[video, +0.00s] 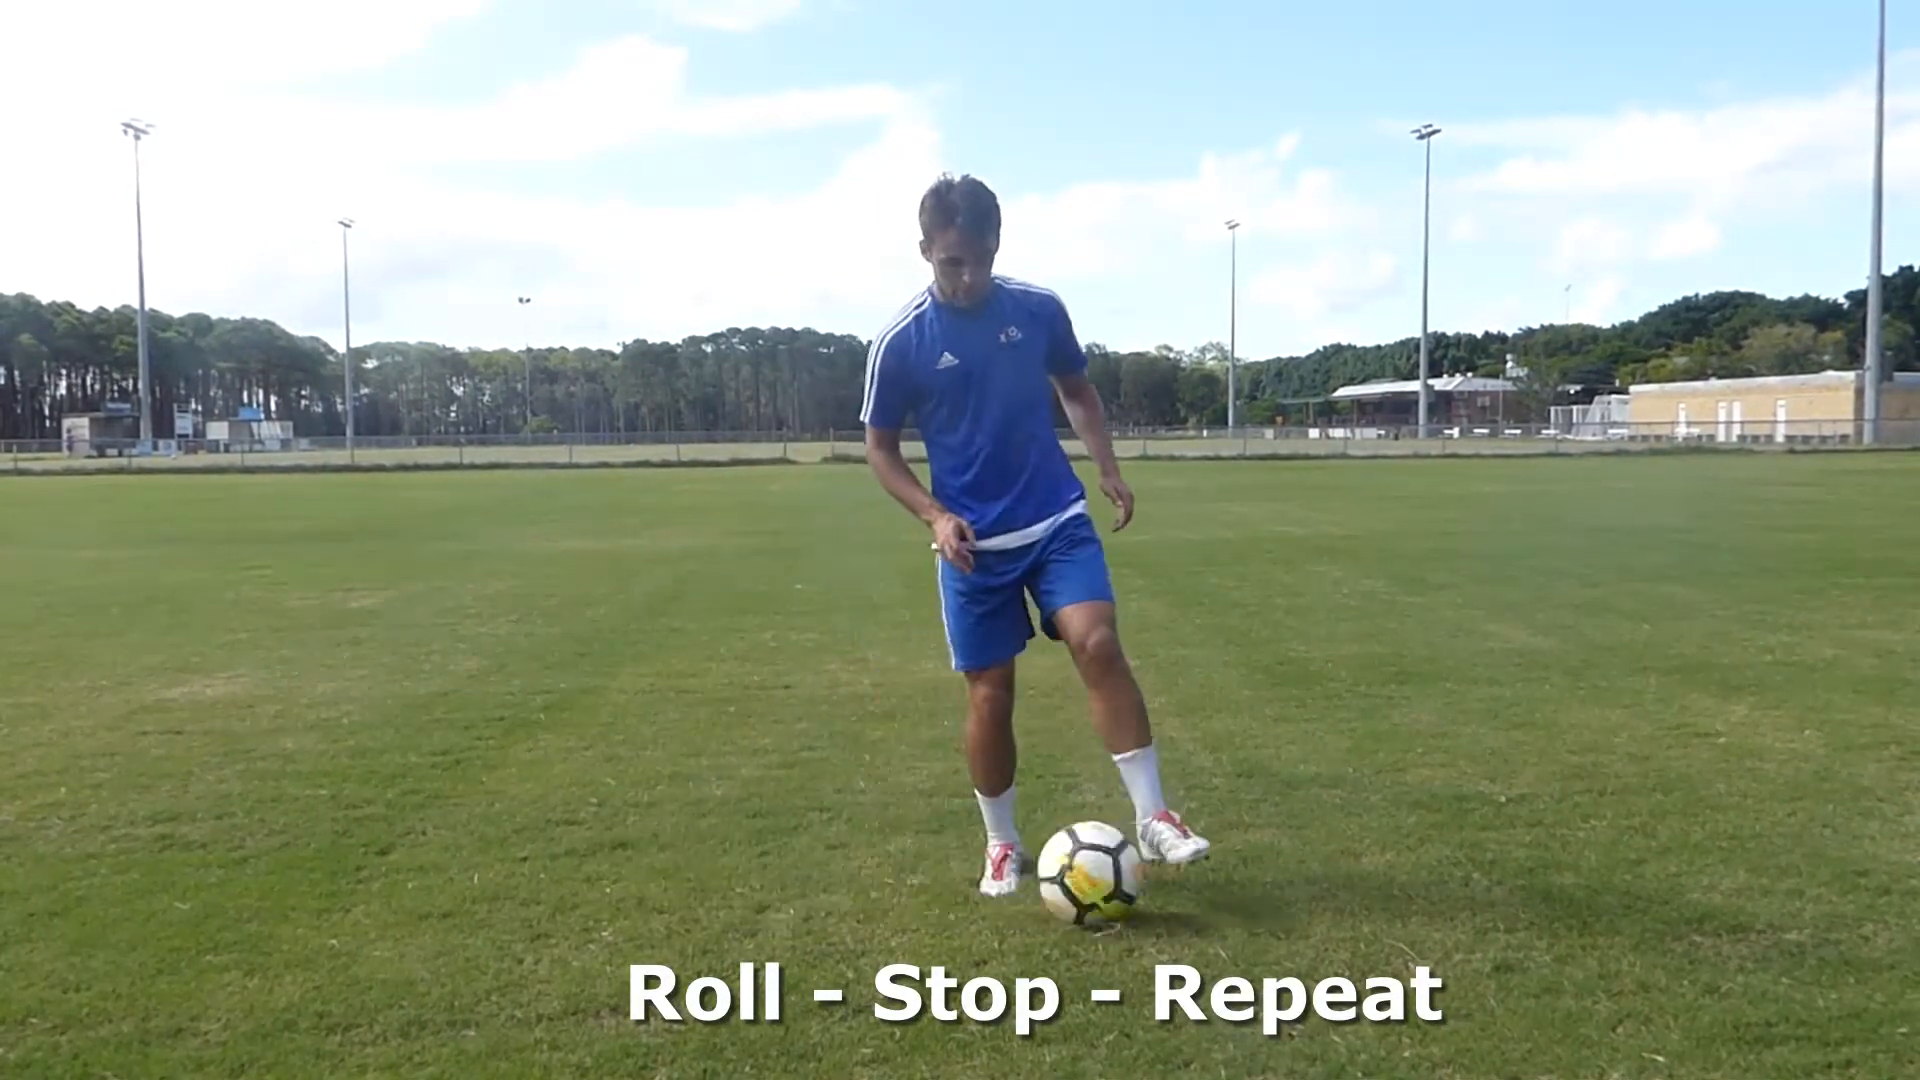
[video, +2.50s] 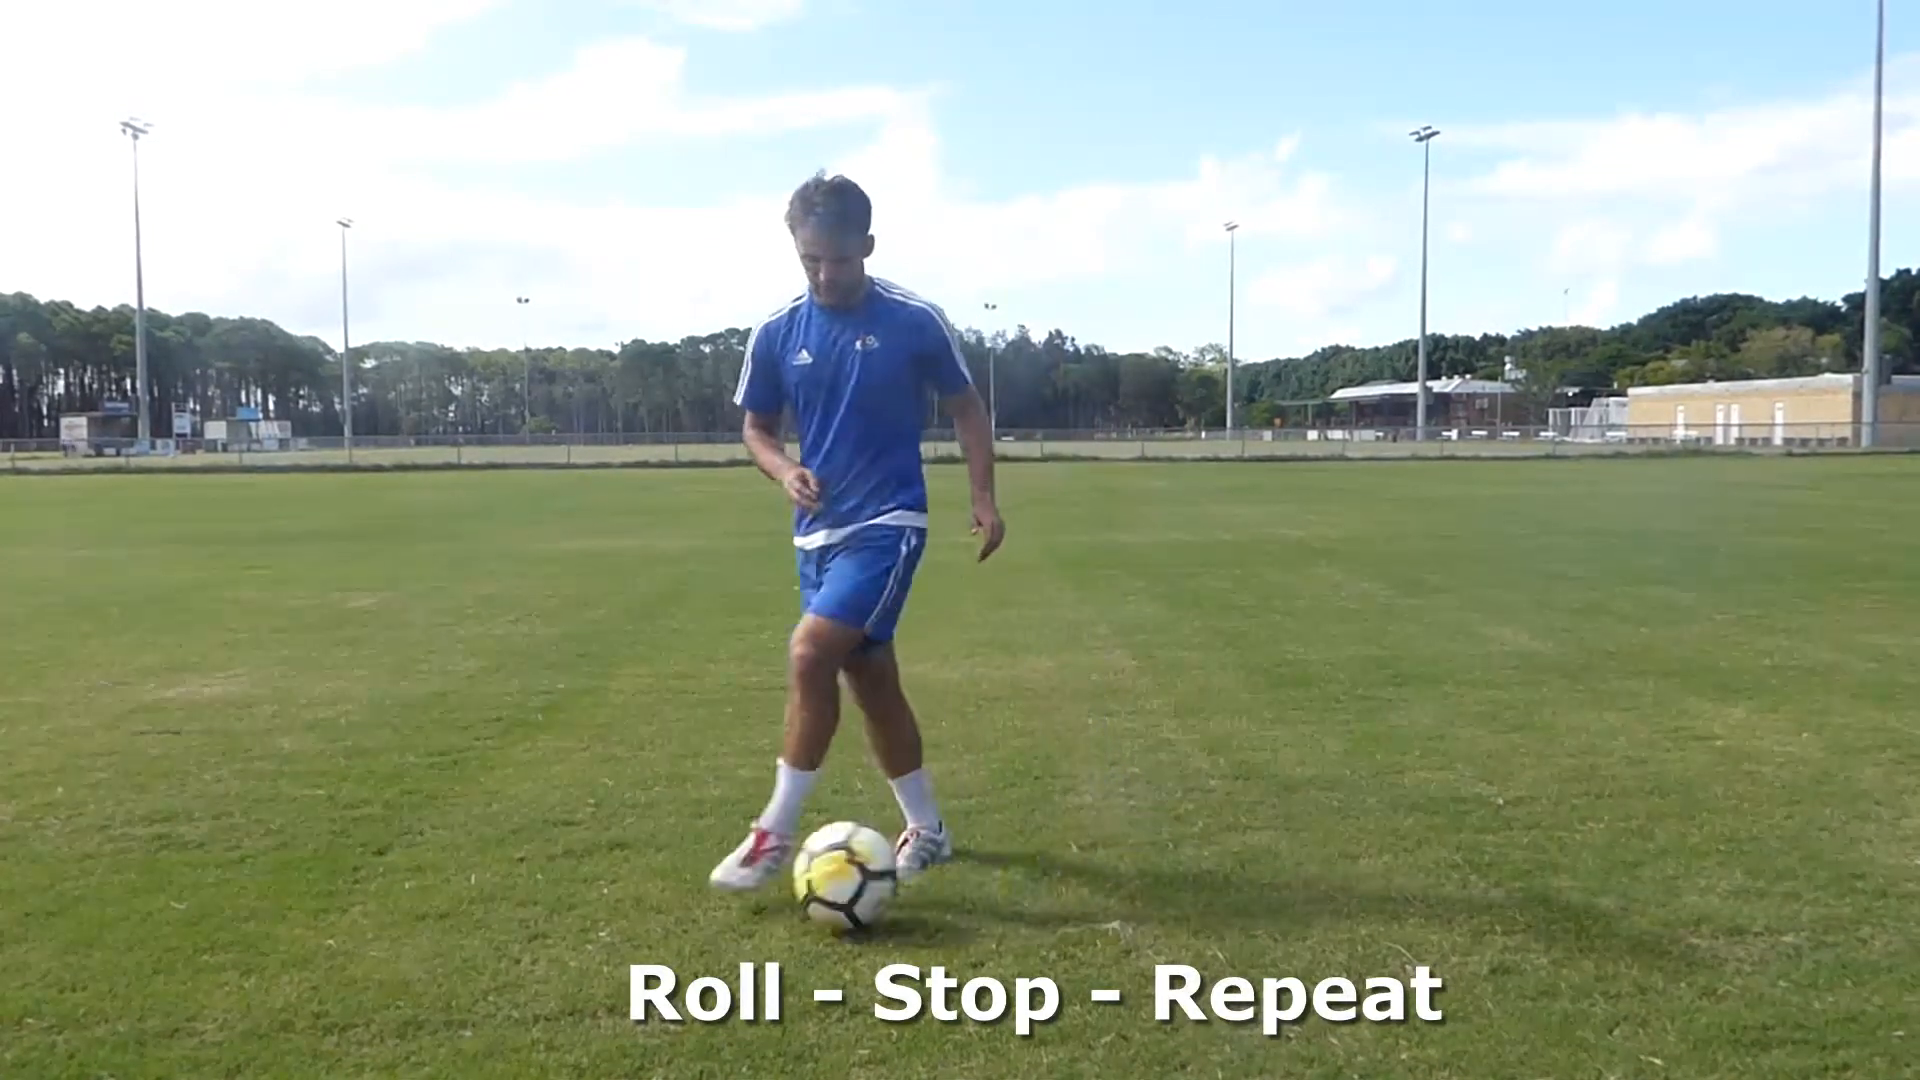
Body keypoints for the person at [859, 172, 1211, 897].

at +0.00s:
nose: (964, 278)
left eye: (976, 261)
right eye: (948, 264)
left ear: (996, 246)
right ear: (924, 250)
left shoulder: (1038, 311)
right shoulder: (901, 345)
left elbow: (1077, 390)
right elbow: (880, 452)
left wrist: (1106, 465)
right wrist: (934, 514)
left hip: (1058, 523)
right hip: (973, 545)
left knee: (1098, 644)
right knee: (990, 697)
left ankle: (1153, 818)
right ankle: (1003, 847)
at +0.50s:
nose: (1015, 245)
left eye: (1029, 230)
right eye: (1001, 230)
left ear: (1055, 228)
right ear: (983, 233)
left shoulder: (1102, 316)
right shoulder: (959, 328)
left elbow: (1142, 401)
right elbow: (928, 419)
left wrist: (1148, 472)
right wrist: (940, 457)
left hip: (1089, 536)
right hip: (1002, 540)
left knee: (1091, 687)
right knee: (1011, 690)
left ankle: (1091, 830)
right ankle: (1003, 845)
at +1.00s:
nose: (1061, 234)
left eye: (1074, 220)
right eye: (1047, 222)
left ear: (1098, 225)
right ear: (1028, 232)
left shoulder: (1143, 319)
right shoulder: (1002, 326)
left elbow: (1174, 410)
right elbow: (971, 426)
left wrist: (1164, 477)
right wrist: (1008, 467)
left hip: (1111, 540)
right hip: (1026, 540)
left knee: (1097, 683)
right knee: (1022, 686)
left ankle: (1091, 831)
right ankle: (1003, 843)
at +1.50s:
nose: (1049, 253)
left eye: (1062, 237)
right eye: (1035, 238)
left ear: (1090, 229)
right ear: (1019, 236)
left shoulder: (1138, 318)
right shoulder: (997, 324)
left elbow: (1171, 410)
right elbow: (967, 417)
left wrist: (1157, 479)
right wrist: (992, 456)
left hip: (1097, 536)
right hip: (1012, 532)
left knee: (1090, 681)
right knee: (993, 674)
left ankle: (1090, 830)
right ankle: (985, 819)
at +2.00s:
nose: (920, 271)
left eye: (931, 254)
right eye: (905, 258)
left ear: (958, 238)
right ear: (888, 249)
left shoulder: (1011, 314)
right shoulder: (872, 334)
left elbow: (1055, 400)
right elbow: (851, 420)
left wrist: (1067, 471)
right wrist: (877, 464)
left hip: (1010, 523)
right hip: (921, 537)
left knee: (1061, 645)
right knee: (923, 686)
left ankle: (1093, 796)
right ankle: (930, 833)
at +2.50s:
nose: (825, 275)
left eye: (840, 260)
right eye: (812, 260)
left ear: (868, 246)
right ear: (795, 250)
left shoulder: (914, 323)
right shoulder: (776, 336)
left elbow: (967, 406)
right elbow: (757, 429)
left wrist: (983, 496)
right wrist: (784, 469)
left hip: (887, 522)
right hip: (818, 530)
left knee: (810, 652)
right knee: (873, 682)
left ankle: (776, 831)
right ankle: (926, 829)